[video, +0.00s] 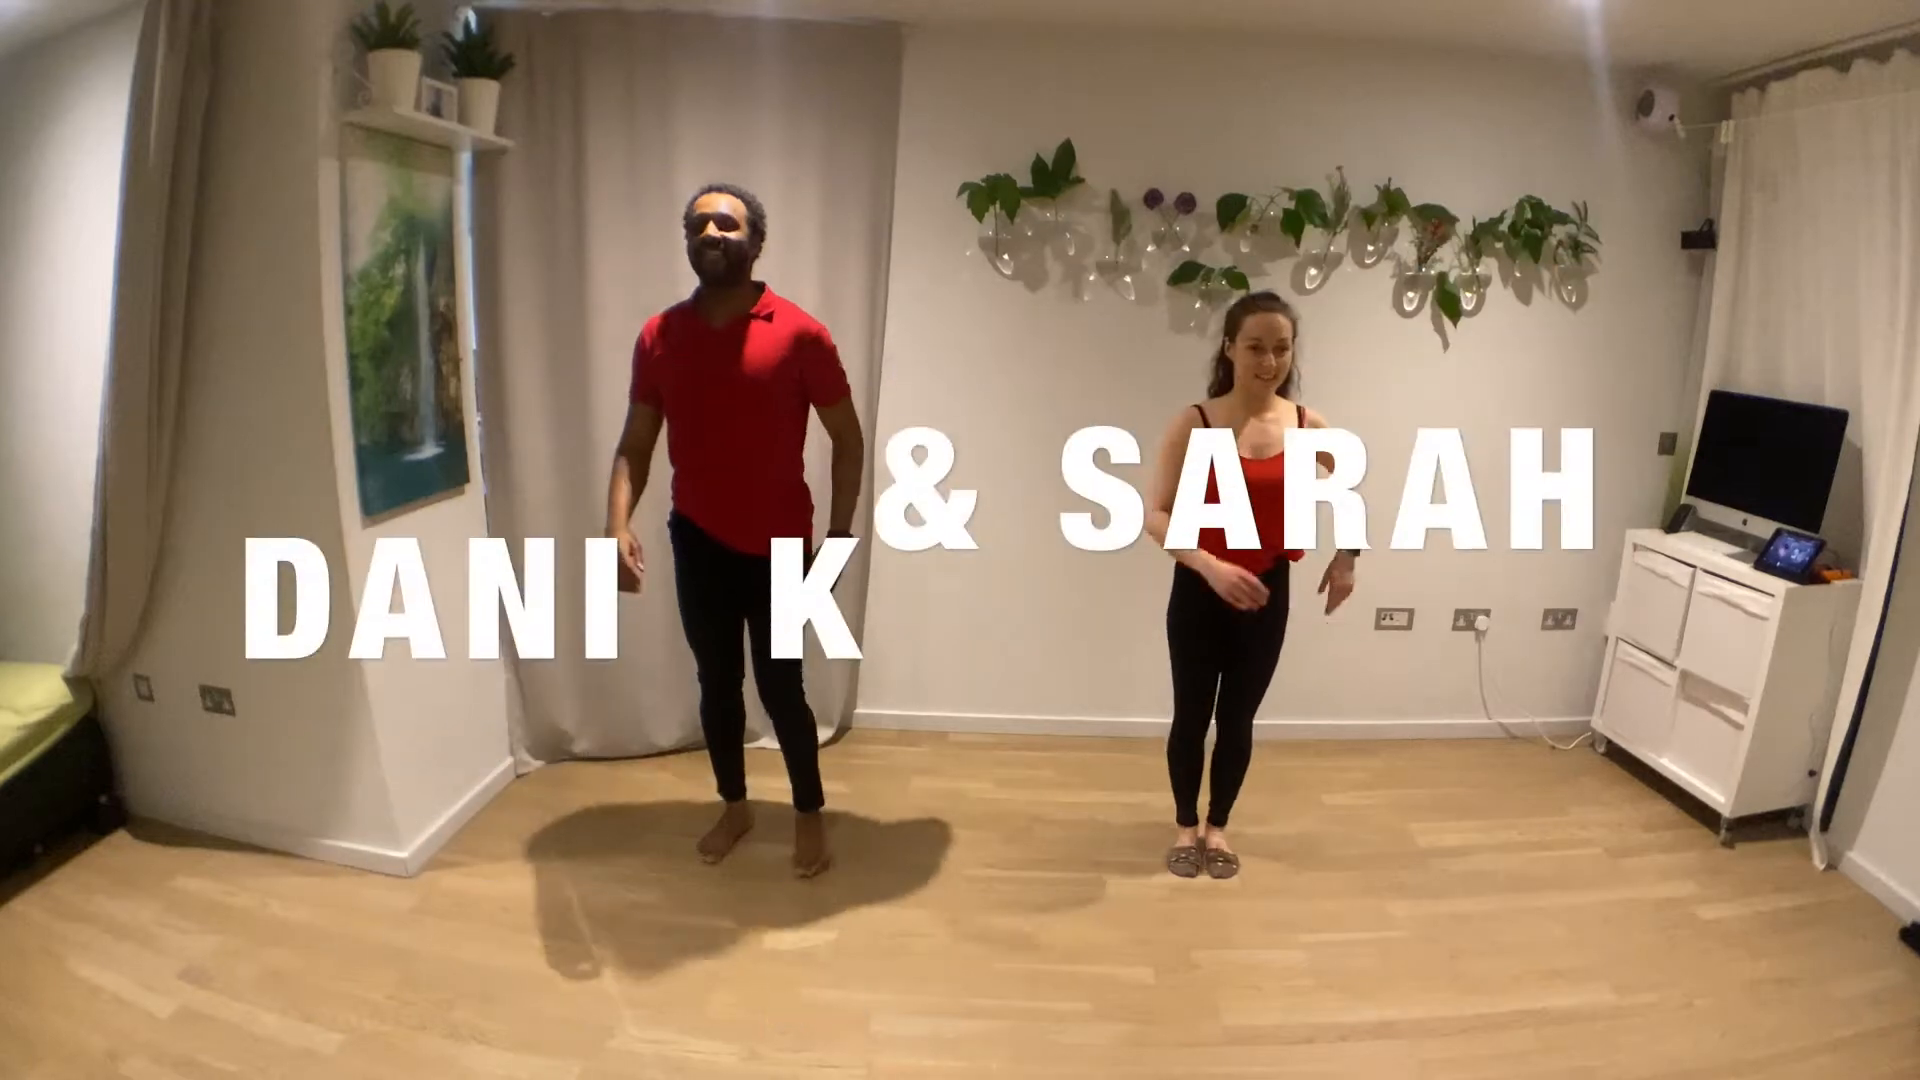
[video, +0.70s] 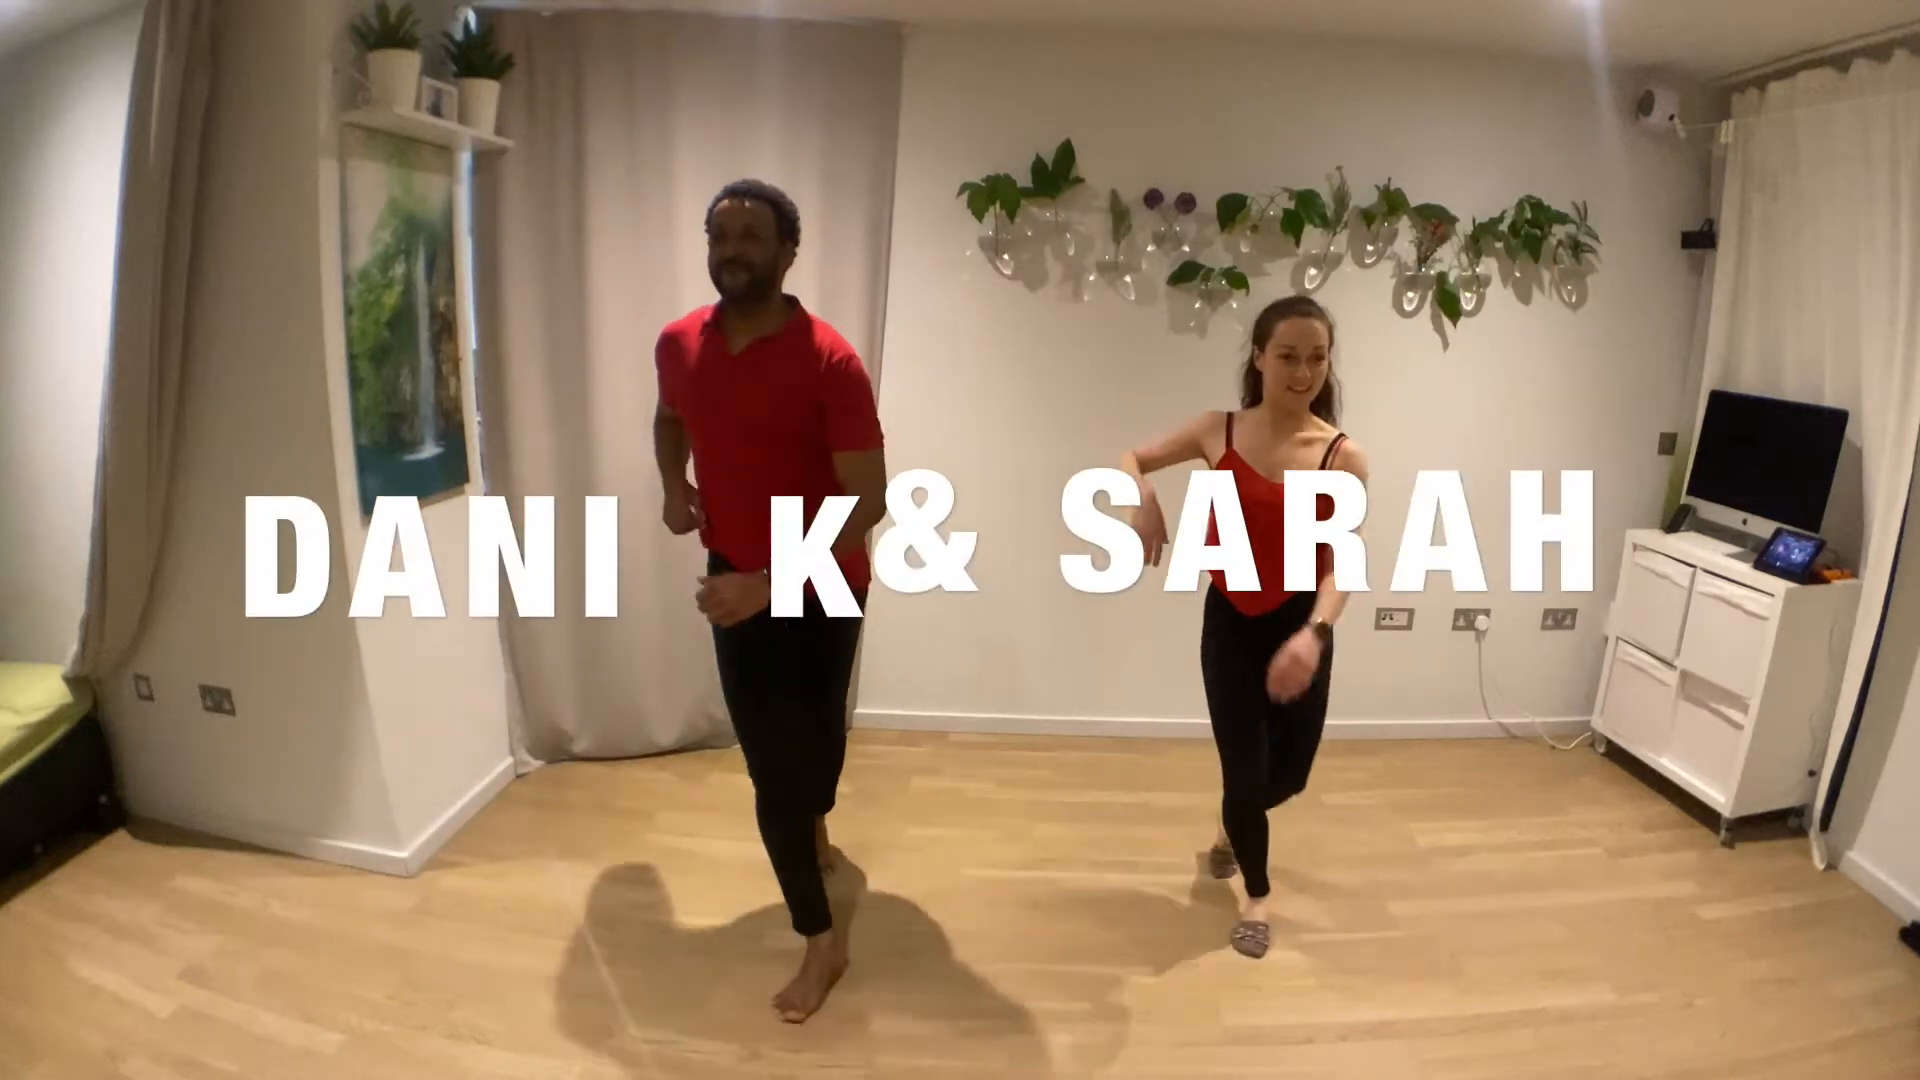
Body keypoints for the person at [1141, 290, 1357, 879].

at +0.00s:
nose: (1269, 360)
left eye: (1281, 348)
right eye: (1256, 346)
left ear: (1294, 352)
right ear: (1230, 347)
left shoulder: (1309, 425)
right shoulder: (1193, 423)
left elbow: (1344, 495)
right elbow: (1156, 516)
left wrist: (1345, 554)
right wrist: (1210, 566)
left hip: (1267, 591)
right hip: (1198, 585)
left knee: (1238, 717)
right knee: (1192, 714)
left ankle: (1216, 832)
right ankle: (1187, 830)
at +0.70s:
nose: (1303, 369)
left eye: (1316, 357)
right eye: (1289, 355)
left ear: (1328, 364)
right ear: (1258, 358)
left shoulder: (1341, 456)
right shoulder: (1218, 431)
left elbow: (1341, 560)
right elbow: (1134, 460)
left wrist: (1313, 632)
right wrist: (1145, 496)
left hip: (1304, 625)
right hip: (1231, 623)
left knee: (1291, 775)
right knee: (1245, 775)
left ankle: (1231, 822)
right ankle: (1256, 903)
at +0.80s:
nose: (1308, 376)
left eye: (1321, 364)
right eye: (1293, 361)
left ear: (1334, 373)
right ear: (1262, 366)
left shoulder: (1351, 466)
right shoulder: (1218, 446)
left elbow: (1363, 584)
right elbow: (1114, 484)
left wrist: (1346, 676)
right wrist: (1165, 479)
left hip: (1303, 642)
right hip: (1229, 639)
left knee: (1304, 800)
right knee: (1242, 789)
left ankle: (1258, 822)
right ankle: (1257, 898)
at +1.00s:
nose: (1312, 389)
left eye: (1326, 376)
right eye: (1297, 374)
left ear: (1340, 384)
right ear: (1267, 377)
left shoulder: (1359, 472)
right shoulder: (1223, 469)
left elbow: (1423, 557)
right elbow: (1154, 549)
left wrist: (1402, 651)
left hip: (1302, 655)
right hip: (1225, 651)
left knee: (1285, 802)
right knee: (1239, 800)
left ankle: (1283, 926)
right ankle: (1265, 909)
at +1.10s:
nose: (1313, 391)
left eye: (1328, 378)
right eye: (1298, 375)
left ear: (1341, 386)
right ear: (1265, 380)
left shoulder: (1363, 472)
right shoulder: (1220, 477)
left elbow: (1439, 534)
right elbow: (1177, 574)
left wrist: (1418, 623)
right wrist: (1218, 568)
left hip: (1305, 664)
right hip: (1227, 661)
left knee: (1286, 828)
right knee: (1240, 822)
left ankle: (1253, 970)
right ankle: (1266, 905)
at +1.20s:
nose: (1313, 394)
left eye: (1328, 381)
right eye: (1297, 379)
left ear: (1340, 390)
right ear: (1263, 383)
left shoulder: (1359, 465)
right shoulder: (1221, 480)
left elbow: (1443, 511)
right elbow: (1194, 588)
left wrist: (1419, 605)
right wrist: (1276, 575)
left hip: (1310, 675)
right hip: (1230, 675)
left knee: (1285, 857)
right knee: (1244, 836)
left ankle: (1236, 987)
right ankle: (1276, 904)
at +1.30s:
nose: (1314, 395)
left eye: (1328, 382)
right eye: (1297, 380)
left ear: (1341, 389)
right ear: (1262, 385)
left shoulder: (1356, 467)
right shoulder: (1213, 482)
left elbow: (1450, 511)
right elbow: (1188, 601)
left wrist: (1401, 581)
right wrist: (1240, 635)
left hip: (1317, 691)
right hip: (1235, 691)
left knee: (1289, 872)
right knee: (1244, 854)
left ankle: (1231, 994)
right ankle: (1281, 901)